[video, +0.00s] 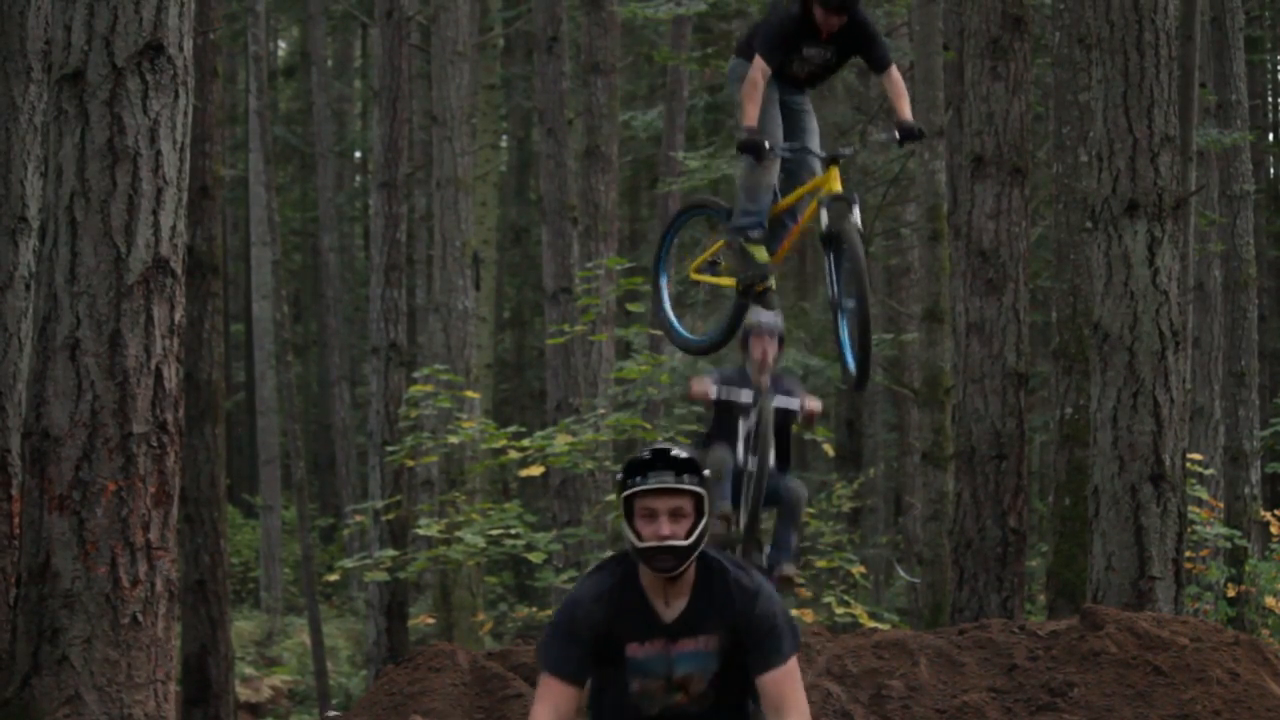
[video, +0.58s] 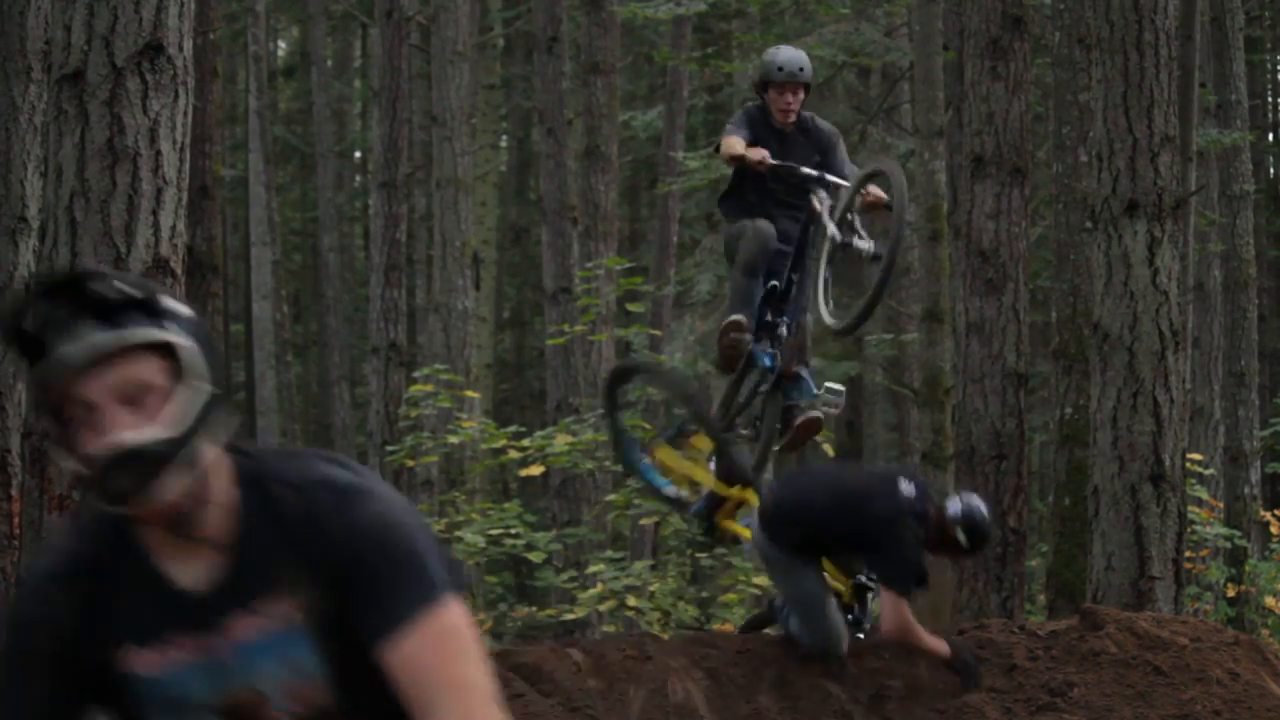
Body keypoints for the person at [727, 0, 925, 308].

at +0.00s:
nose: (832, 21)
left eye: (840, 16)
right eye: (826, 13)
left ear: (849, 12)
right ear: (812, 6)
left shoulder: (857, 25)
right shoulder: (787, 18)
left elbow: (889, 71)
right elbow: (757, 73)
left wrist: (905, 119)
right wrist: (749, 131)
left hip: (795, 90)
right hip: (756, 75)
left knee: (807, 171)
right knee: (767, 148)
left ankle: (771, 245)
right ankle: (748, 233)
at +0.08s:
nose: (850, 71)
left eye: (859, 66)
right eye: (845, 62)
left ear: (870, 62)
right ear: (832, 51)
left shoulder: (871, 76)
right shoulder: (805, 62)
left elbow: (904, 124)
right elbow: (772, 123)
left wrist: (921, 182)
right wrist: (761, 187)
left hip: (801, 134)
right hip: (759, 120)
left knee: (825, 216)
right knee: (778, 200)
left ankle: (789, 285)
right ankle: (759, 292)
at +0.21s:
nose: (866, 158)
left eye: (875, 152)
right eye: (862, 147)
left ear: (888, 149)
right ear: (852, 135)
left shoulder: (888, 158)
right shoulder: (821, 144)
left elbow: (920, 215)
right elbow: (788, 209)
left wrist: (940, 278)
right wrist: (778, 279)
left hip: (810, 200)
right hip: (765, 188)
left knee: (837, 289)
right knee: (786, 280)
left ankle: (797, 353)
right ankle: (770, 374)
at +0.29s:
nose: (882, 288)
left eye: (892, 281)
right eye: (880, 277)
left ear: (906, 270)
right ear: (868, 258)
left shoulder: (901, 271)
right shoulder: (836, 254)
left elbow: (929, 334)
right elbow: (805, 329)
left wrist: (954, 401)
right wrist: (803, 401)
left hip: (823, 295)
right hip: (779, 286)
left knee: (841, 389)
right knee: (789, 382)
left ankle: (820, 461)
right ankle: (795, 483)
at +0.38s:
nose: (887, 365)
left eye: (896, 360)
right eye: (888, 357)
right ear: (877, 337)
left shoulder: (908, 336)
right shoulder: (836, 332)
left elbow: (930, 371)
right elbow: (789, 395)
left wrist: (933, 420)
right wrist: (838, 448)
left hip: (837, 365)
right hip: (786, 362)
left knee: (870, 452)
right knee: (805, 468)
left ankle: (812, 492)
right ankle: (804, 578)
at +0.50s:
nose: (924, 489)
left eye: (931, 485)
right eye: (928, 481)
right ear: (917, 465)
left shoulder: (903, 410)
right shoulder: (877, 463)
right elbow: (854, 549)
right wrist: (892, 590)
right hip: (778, 453)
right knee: (831, 544)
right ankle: (801, 604)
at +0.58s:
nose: (949, 557)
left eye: (955, 554)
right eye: (955, 551)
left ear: (948, 508)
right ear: (951, 540)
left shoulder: (913, 486)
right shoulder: (903, 536)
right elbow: (895, 627)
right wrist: (949, 652)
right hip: (780, 531)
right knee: (829, 642)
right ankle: (781, 611)